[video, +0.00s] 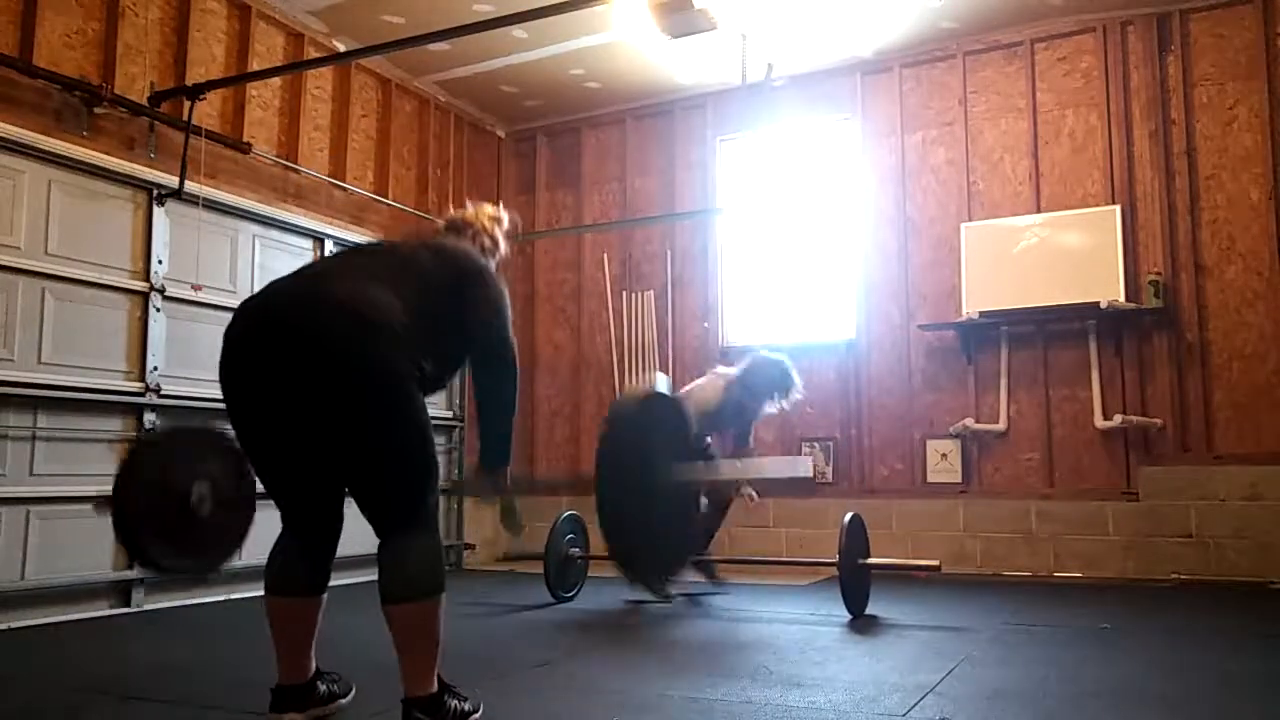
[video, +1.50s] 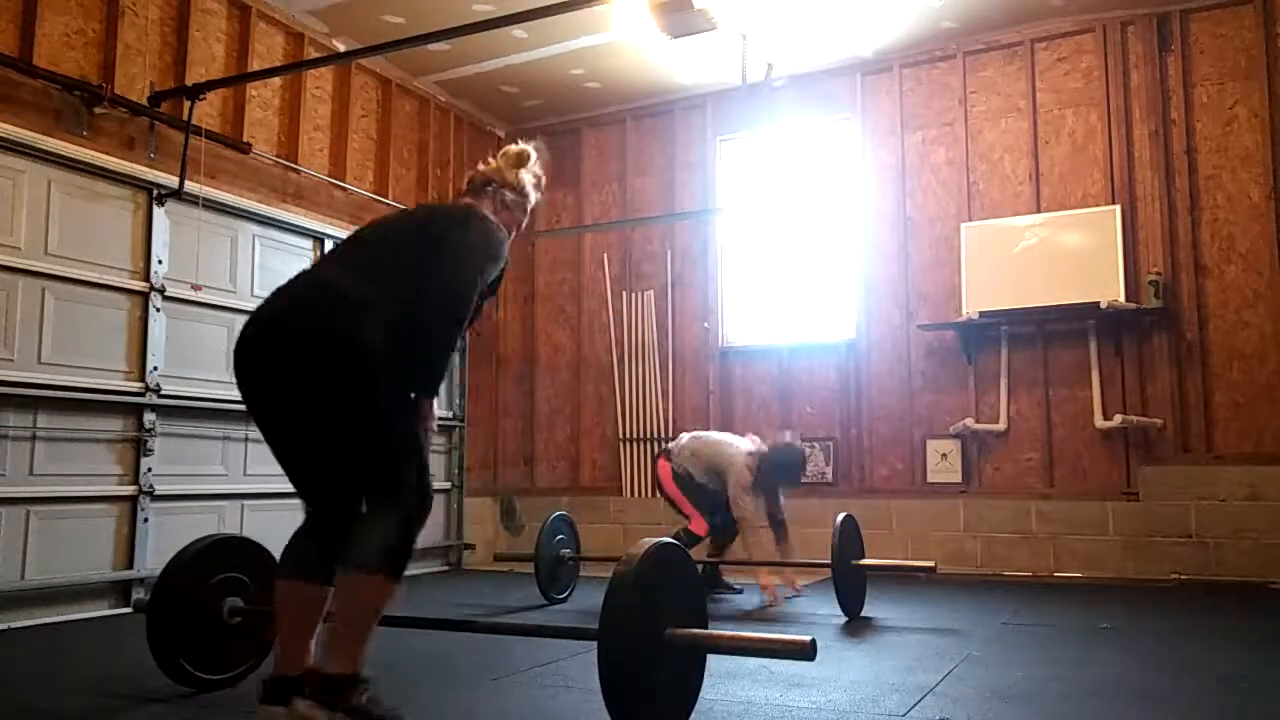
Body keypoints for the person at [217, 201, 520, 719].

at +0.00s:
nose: (494, 267)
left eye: (494, 259)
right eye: (493, 259)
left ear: (442, 234)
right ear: (485, 252)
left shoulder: (385, 254)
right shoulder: (475, 275)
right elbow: (497, 366)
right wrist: (494, 472)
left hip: (255, 345)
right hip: (357, 362)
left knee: (308, 518)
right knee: (407, 524)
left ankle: (294, 685)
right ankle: (424, 696)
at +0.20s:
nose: (500, 250)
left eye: (502, 242)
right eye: (501, 241)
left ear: (455, 205)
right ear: (493, 227)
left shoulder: (388, 227)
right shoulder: (480, 241)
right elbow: (491, 374)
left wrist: (236, 386)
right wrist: (480, 379)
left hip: (263, 355)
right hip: (362, 370)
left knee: (313, 518)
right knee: (406, 525)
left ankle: (293, 683)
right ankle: (421, 695)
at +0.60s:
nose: (493, 260)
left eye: (496, 252)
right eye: (493, 250)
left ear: (449, 221)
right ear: (478, 233)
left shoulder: (389, 247)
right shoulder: (472, 265)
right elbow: (494, 349)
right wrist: (497, 441)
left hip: (254, 346)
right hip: (351, 365)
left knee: (309, 518)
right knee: (399, 528)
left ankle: (294, 685)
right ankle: (420, 695)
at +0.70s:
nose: (495, 289)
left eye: (494, 277)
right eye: (496, 277)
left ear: (438, 257)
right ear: (488, 272)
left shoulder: (392, 280)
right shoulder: (475, 302)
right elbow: (491, 404)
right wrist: (500, 500)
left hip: (249, 361)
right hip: (353, 374)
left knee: (320, 519)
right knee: (411, 525)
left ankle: (297, 686)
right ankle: (425, 697)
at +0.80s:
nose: (495, 327)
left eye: (497, 318)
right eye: (496, 317)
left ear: (442, 294)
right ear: (488, 307)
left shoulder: (394, 319)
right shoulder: (473, 337)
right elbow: (492, 451)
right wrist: (500, 547)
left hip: (245, 384)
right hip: (349, 395)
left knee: (331, 521)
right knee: (422, 528)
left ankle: (298, 686)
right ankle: (426, 696)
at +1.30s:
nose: (505, 279)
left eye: (507, 268)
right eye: (506, 267)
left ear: (461, 242)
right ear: (497, 260)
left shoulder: (406, 268)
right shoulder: (475, 289)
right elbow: (466, 392)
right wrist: (451, 486)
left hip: (251, 358)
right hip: (340, 374)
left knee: (320, 518)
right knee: (405, 521)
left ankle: (297, 684)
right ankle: (422, 696)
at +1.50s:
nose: (511, 229)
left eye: (516, 220)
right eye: (514, 218)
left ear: (466, 194)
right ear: (505, 206)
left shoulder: (410, 221)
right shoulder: (486, 234)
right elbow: (440, 314)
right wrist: (425, 400)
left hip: (269, 345)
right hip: (347, 358)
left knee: (330, 505)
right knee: (401, 499)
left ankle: (286, 678)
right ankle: (336, 680)